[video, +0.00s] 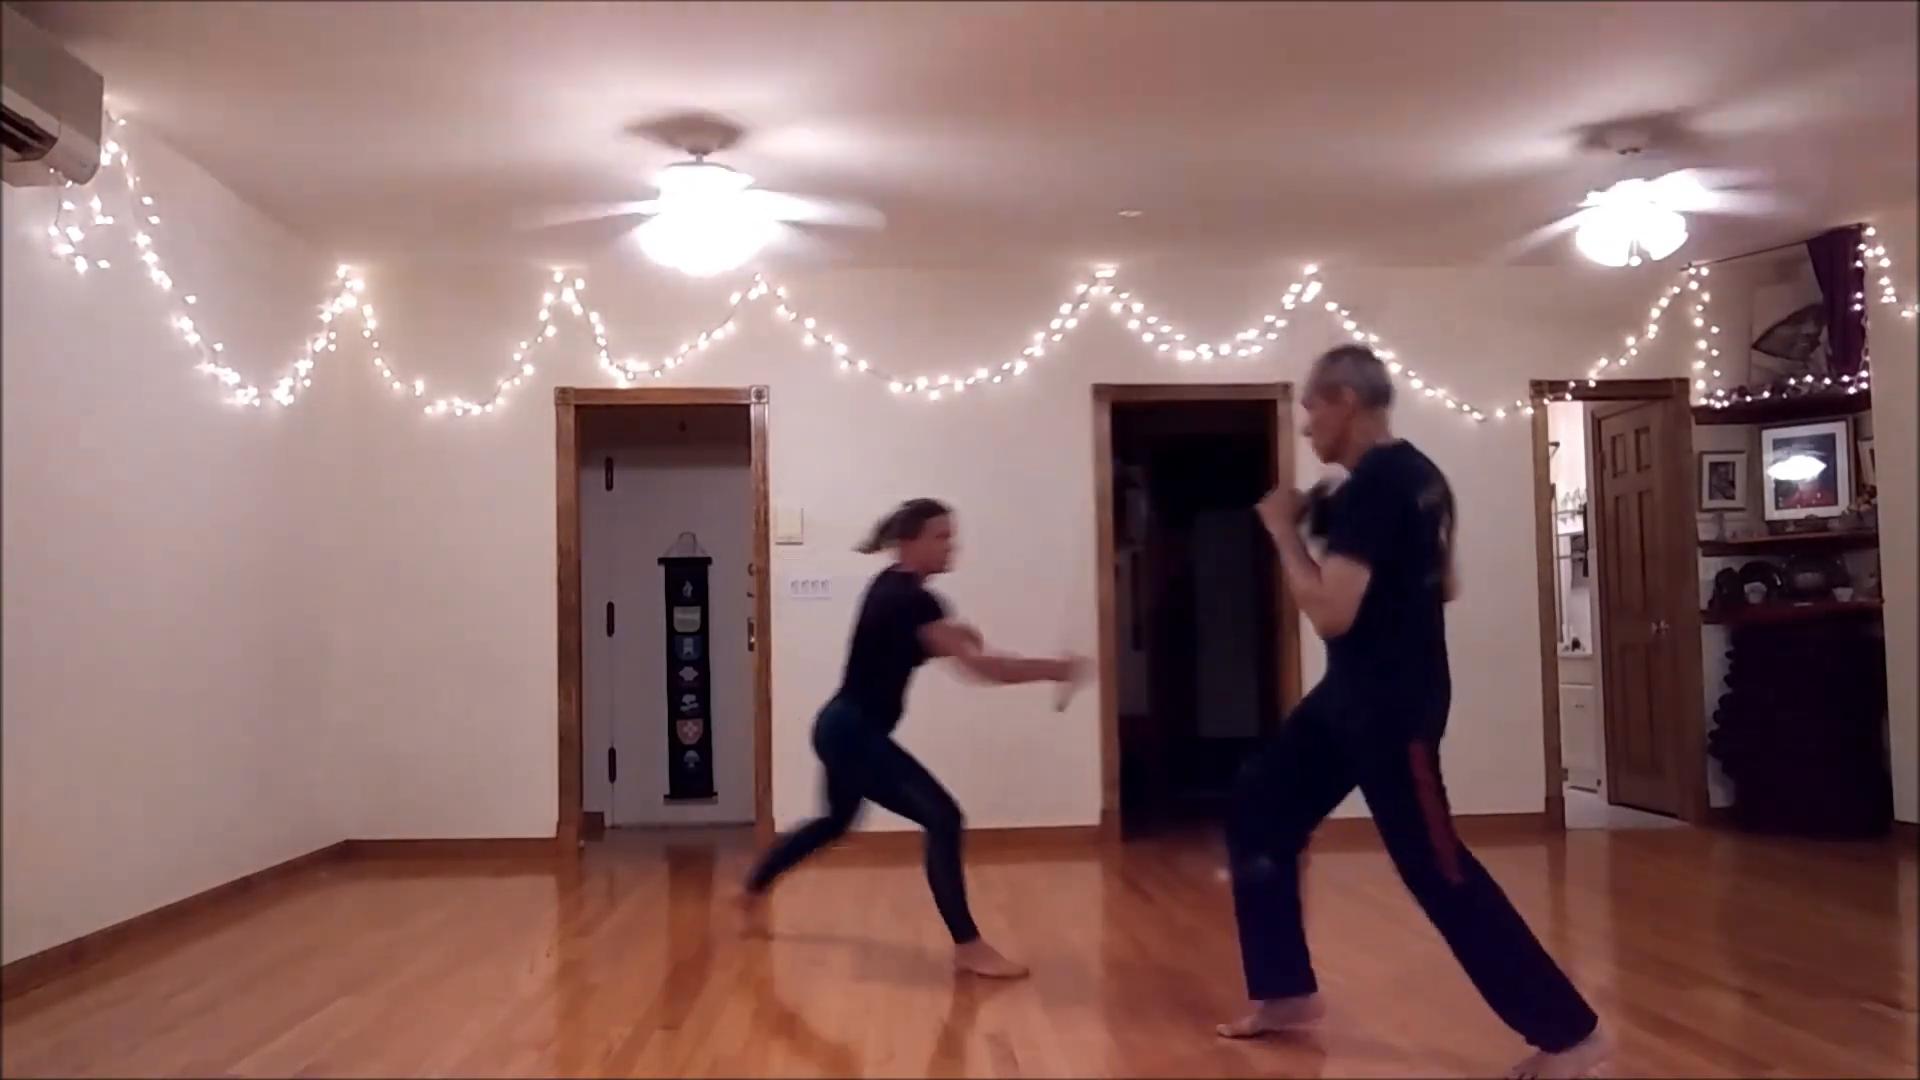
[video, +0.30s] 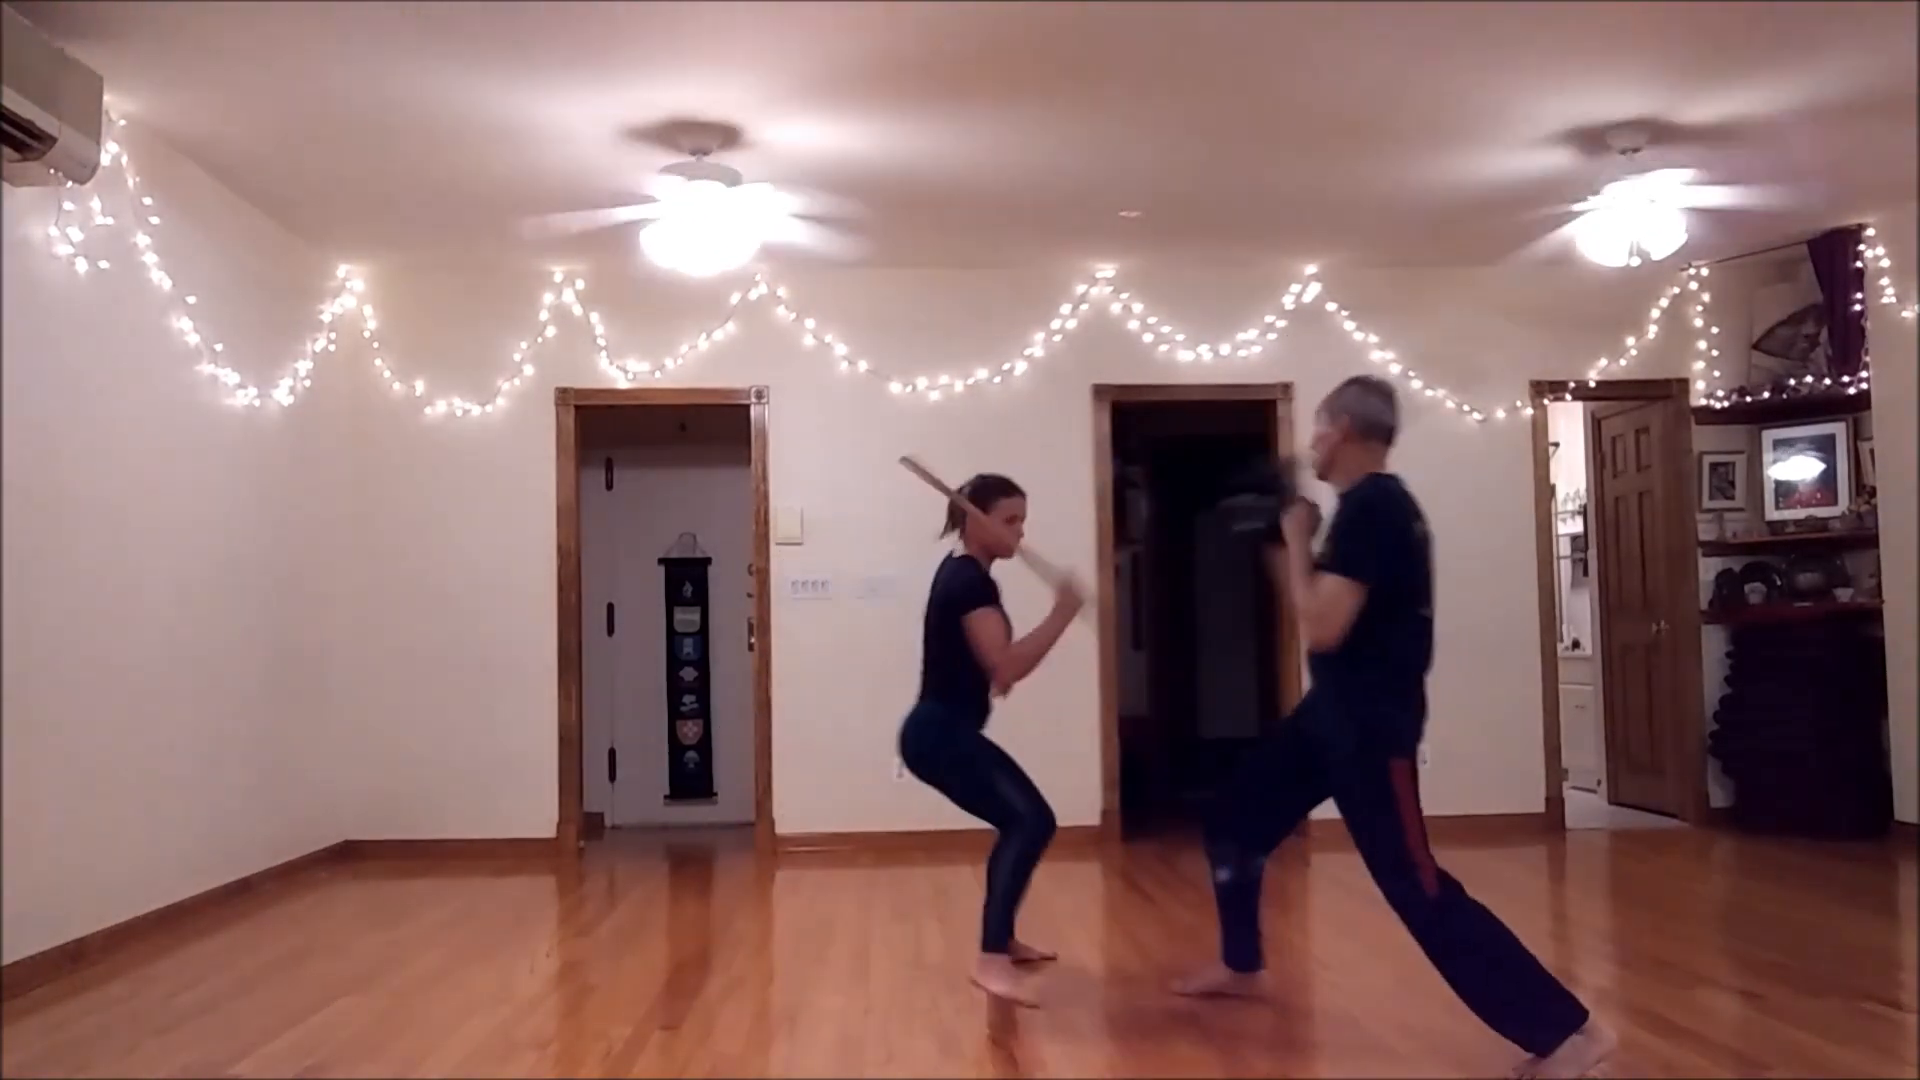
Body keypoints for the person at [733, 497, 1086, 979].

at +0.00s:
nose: (949, 546)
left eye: (950, 537)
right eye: (941, 537)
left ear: (910, 543)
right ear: (910, 542)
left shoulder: (892, 586)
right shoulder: (908, 598)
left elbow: (929, 637)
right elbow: (981, 664)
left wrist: (958, 637)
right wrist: (1054, 670)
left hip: (843, 729)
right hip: (856, 739)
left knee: (836, 820)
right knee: (943, 817)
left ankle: (755, 883)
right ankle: (968, 945)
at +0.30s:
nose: (1021, 531)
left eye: (1022, 521)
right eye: (1012, 521)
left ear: (976, 524)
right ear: (979, 521)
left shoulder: (966, 574)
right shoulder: (966, 580)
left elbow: (982, 656)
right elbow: (1005, 669)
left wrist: (996, 676)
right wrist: (1062, 613)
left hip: (948, 732)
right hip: (940, 736)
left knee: (1034, 821)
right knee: (1028, 823)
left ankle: (1002, 941)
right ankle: (991, 958)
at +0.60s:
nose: (1031, 503)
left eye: (1033, 492)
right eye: (1028, 491)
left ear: (975, 488)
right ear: (998, 487)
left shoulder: (918, 548)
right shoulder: (1022, 551)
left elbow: (894, 644)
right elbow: (1089, 633)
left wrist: (952, 663)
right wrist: (1146, 602)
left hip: (926, 735)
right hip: (998, 737)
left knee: (955, 828)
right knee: (1035, 886)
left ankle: (941, 955)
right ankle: (981, 1032)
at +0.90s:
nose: (1008, 483)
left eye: (1008, 473)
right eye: (1008, 473)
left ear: (944, 468)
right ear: (990, 472)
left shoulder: (886, 519)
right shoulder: (1004, 541)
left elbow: (856, 623)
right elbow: (1043, 647)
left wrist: (912, 645)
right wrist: (1092, 654)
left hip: (895, 718)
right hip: (976, 721)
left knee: (842, 877)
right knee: (1008, 878)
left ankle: (795, 1037)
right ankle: (980, 1038)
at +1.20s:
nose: (956, 481)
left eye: (955, 471)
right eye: (955, 471)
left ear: (889, 464)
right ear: (940, 467)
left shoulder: (836, 521)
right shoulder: (960, 527)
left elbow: (804, 625)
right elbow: (998, 638)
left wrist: (859, 671)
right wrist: (970, 694)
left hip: (863, 719)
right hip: (949, 719)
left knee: (822, 896)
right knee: (993, 878)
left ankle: (798, 1064)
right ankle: (1007, 1038)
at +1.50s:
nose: (983, 477)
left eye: (983, 469)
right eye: (982, 468)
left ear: (912, 468)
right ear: (970, 467)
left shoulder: (868, 533)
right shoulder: (992, 521)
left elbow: (854, 650)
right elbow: (1059, 513)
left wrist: (896, 685)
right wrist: (985, 515)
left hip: (878, 733)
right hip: (965, 734)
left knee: (828, 901)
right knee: (1012, 888)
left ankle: (800, 1065)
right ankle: (1031, 1047)